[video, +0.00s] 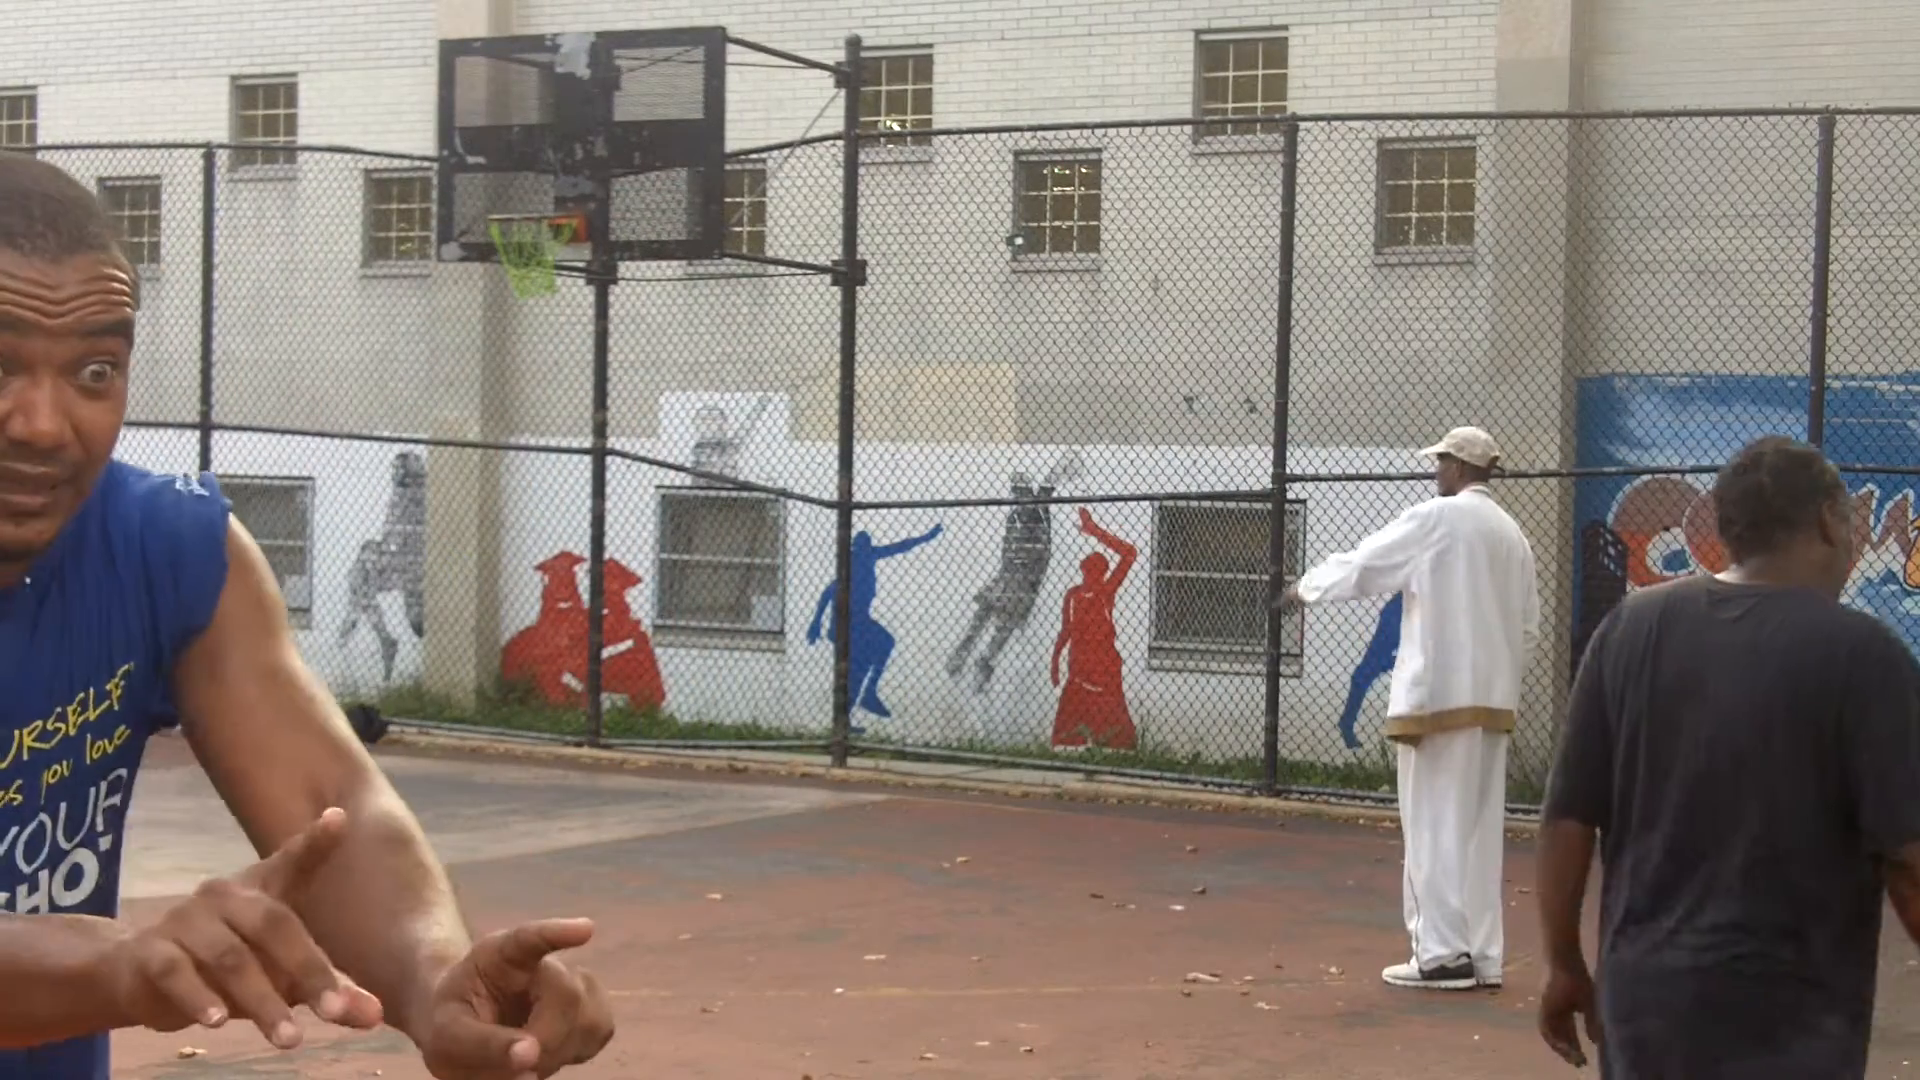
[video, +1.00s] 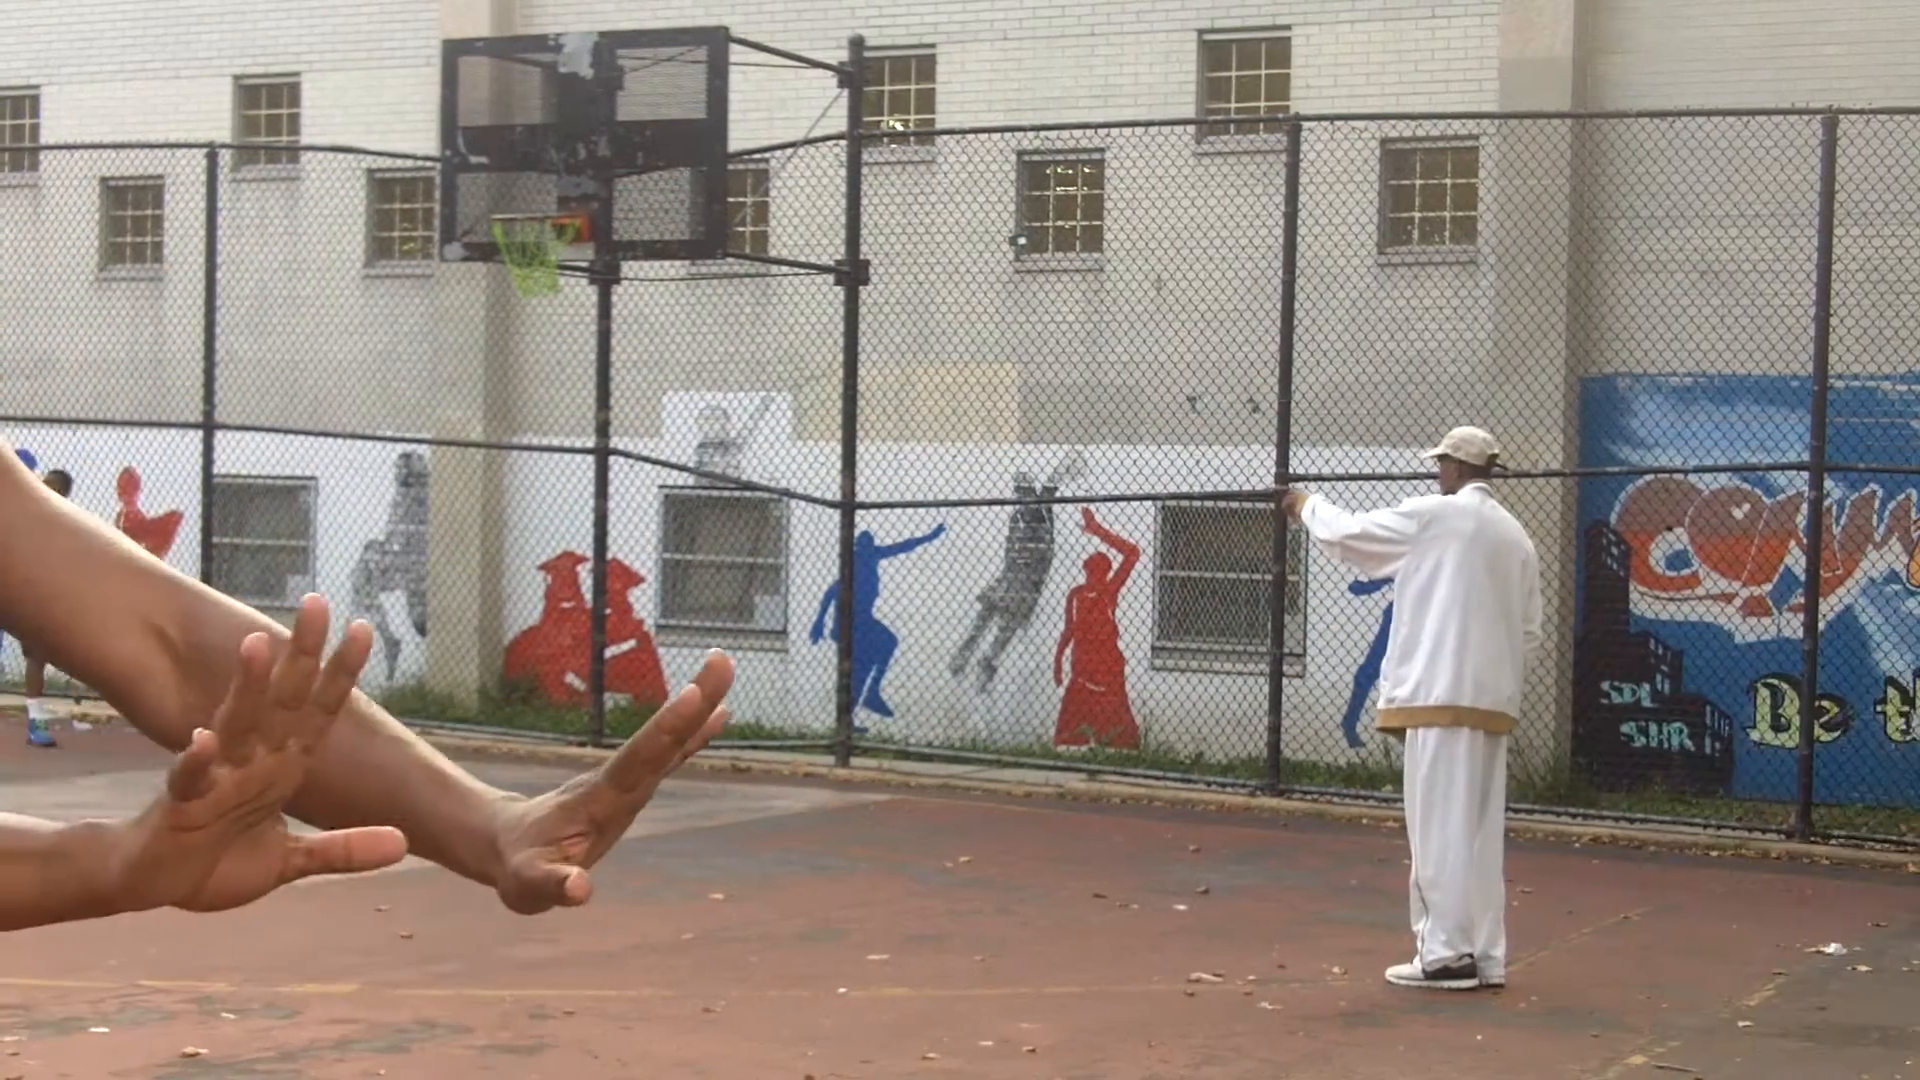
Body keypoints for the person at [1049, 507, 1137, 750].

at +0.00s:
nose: (1093, 575)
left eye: (1098, 570)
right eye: (1089, 569)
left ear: (1104, 572)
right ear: (1083, 569)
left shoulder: (1108, 590)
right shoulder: (1073, 594)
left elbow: (1129, 554)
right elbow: (1066, 629)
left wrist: (1095, 531)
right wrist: (1055, 659)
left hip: (1105, 656)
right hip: (1079, 656)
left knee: (1108, 703)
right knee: (1075, 703)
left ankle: (1117, 746)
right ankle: (1069, 745)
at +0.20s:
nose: (1093, 575)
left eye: (1098, 570)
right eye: (1089, 569)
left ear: (1103, 572)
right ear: (1083, 569)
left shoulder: (1108, 590)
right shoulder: (1072, 594)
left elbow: (1129, 553)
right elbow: (1066, 629)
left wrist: (1095, 531)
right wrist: (1055, 658)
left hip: (1105, 656)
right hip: (1079, 657)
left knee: (1109, 703)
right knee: (1075, 703)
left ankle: (1117, 745)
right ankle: (1068, 745)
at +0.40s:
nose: (1092, 574)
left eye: (1097, 569)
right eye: (1089, 569)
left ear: (1103, 572)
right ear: (1082, 569)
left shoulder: (1108, 589)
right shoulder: (1072, 593)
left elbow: (1128, 553)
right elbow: (1065, 629)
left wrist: (1095, 531)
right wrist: (1054, 658)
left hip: (1104, 656)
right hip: (1078, 657)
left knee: (1107, 703)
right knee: (1074, 703)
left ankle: (1116, 745)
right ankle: (1067, 745)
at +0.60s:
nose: (1093, 574)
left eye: (1097, 569)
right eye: (1089, 569)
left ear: (1103, 572)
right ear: (1082, 569)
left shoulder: (1108, 589)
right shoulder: (1072, 594)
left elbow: (1128, 553)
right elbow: (1065, 629)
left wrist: (1094, 530)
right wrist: (1054, 659)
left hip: (1104, 657)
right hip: (1079, 657)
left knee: (1107, 704)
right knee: (1074, 704)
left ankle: (1116, 746)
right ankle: (1067, 745)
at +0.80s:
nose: (1093, 575)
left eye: (1098, 570)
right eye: (1090, 569)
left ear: (1104, 572)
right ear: (1083, 569)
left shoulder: (1109, 589)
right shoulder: (1073, 593)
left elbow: (1130, 553)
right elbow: (1067, 629)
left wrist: (1096, 531)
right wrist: (1056, 658)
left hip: (1105, 656)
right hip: (1080, 657)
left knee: (1109, 703)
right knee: (1076, 703)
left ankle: (1118, 745)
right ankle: (1069, 744)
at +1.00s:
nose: (1096, 575)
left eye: (1101, 570)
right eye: (1093, 569)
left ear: (1106, 572)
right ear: (1086, 569)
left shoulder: (1112, 589)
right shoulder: (1076, 593)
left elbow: (1132, 553)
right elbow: (1069, 629)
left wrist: (1098, 531)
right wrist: (1058, 658)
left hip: (1108, 656)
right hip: (1083, 656)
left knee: (1111, 703)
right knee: (1078, 702)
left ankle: (1120, 745)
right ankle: (1071, 745)